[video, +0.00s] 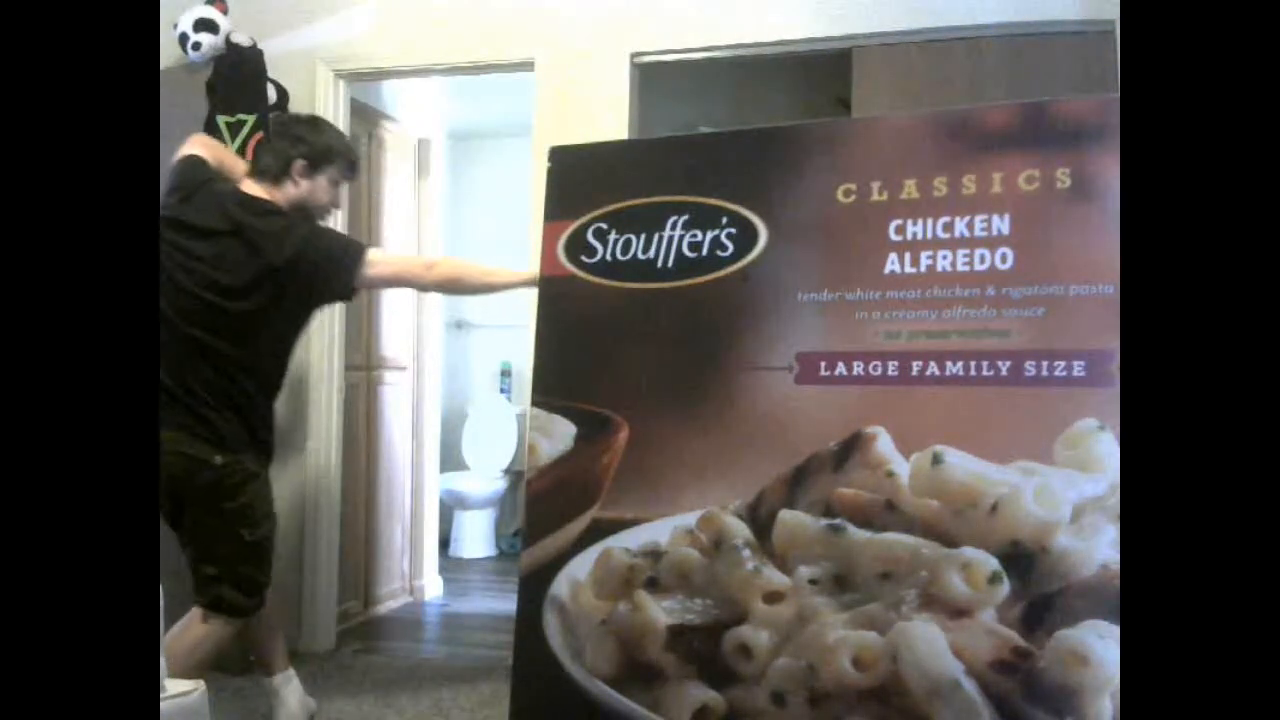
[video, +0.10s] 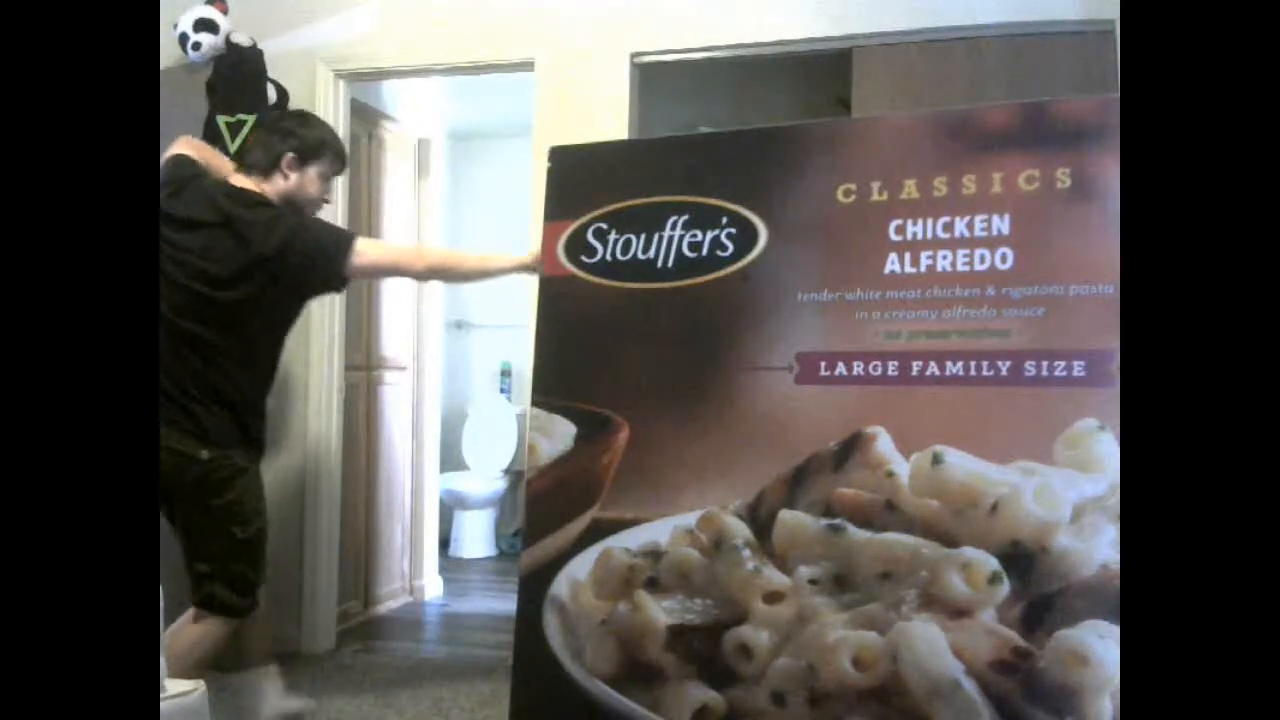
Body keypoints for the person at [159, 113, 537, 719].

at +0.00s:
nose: (338, 200)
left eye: (342, 187)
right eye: (336, 183)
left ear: (275, 168)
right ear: (299, 172)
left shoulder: (194, 192)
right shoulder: (307, 248)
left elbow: (199, 145)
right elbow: (430, 273)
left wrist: (258, 177)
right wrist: (528, 275)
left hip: (167, 434)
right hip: (220, 453)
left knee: (249, 577)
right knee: (226, 603)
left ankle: (289, 699)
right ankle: (161, 697)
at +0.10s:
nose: (328, 194)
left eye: (330, 181)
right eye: (325, 178)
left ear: (275, 165)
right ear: (289, 166)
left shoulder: (183, 183)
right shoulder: (298, 240)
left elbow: (184, 147)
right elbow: (422, 265)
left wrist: (248, 181)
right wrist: (522, 262)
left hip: (168, 429)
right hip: (211, 447)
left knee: (240, 582)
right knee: (221, 604)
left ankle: (265, 696)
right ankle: (161, 695)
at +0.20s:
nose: (326, 198)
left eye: (328, 184)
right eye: (323, 181)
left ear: (274, 167)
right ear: (285, 168)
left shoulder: (182, 187)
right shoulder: (288, 238)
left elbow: (183, 155)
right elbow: (415, 257)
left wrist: (243, 184)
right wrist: (516, 251)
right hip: (191, 443)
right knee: (230, 598)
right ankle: (163, 695)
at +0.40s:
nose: (321, 215)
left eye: (324, 202)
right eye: (315, 199)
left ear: (278, 192)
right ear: (274, 188)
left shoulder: (261, 252)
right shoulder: (222, 250)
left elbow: (261, 346)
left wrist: (309, 416)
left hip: (210, 447)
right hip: (180, 451)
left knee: (238, 589)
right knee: (238, 598)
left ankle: (181, 696)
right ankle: (167, 697)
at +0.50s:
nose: (311, 200)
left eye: (314, 188)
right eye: (303, 185)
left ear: (275, 183)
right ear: (259, 176)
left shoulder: (271, 247)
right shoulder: (202, 248)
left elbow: (282, 344)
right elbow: (173, 388)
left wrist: (314, 427)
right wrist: (208, 466)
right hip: (187, 456)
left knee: (243, 598)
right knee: (231, 600)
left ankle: (180, 693)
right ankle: (171, 697)